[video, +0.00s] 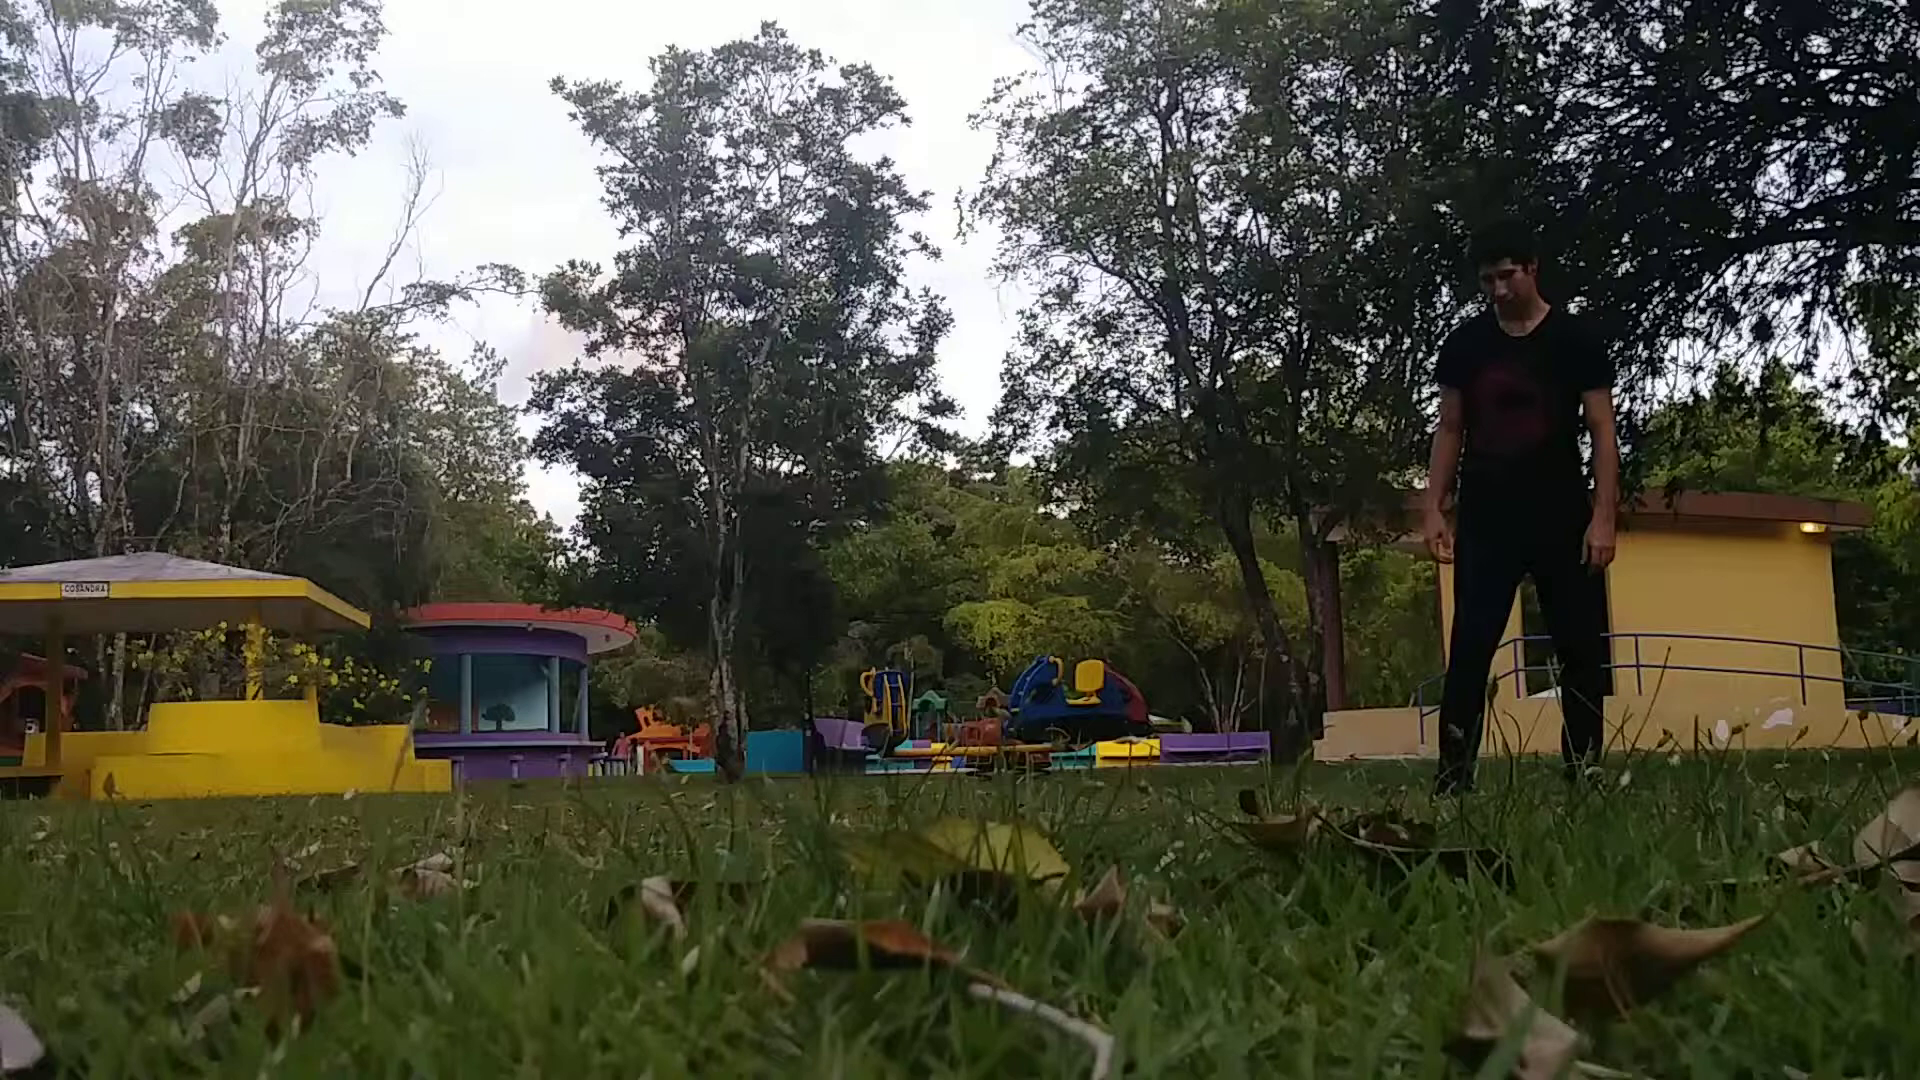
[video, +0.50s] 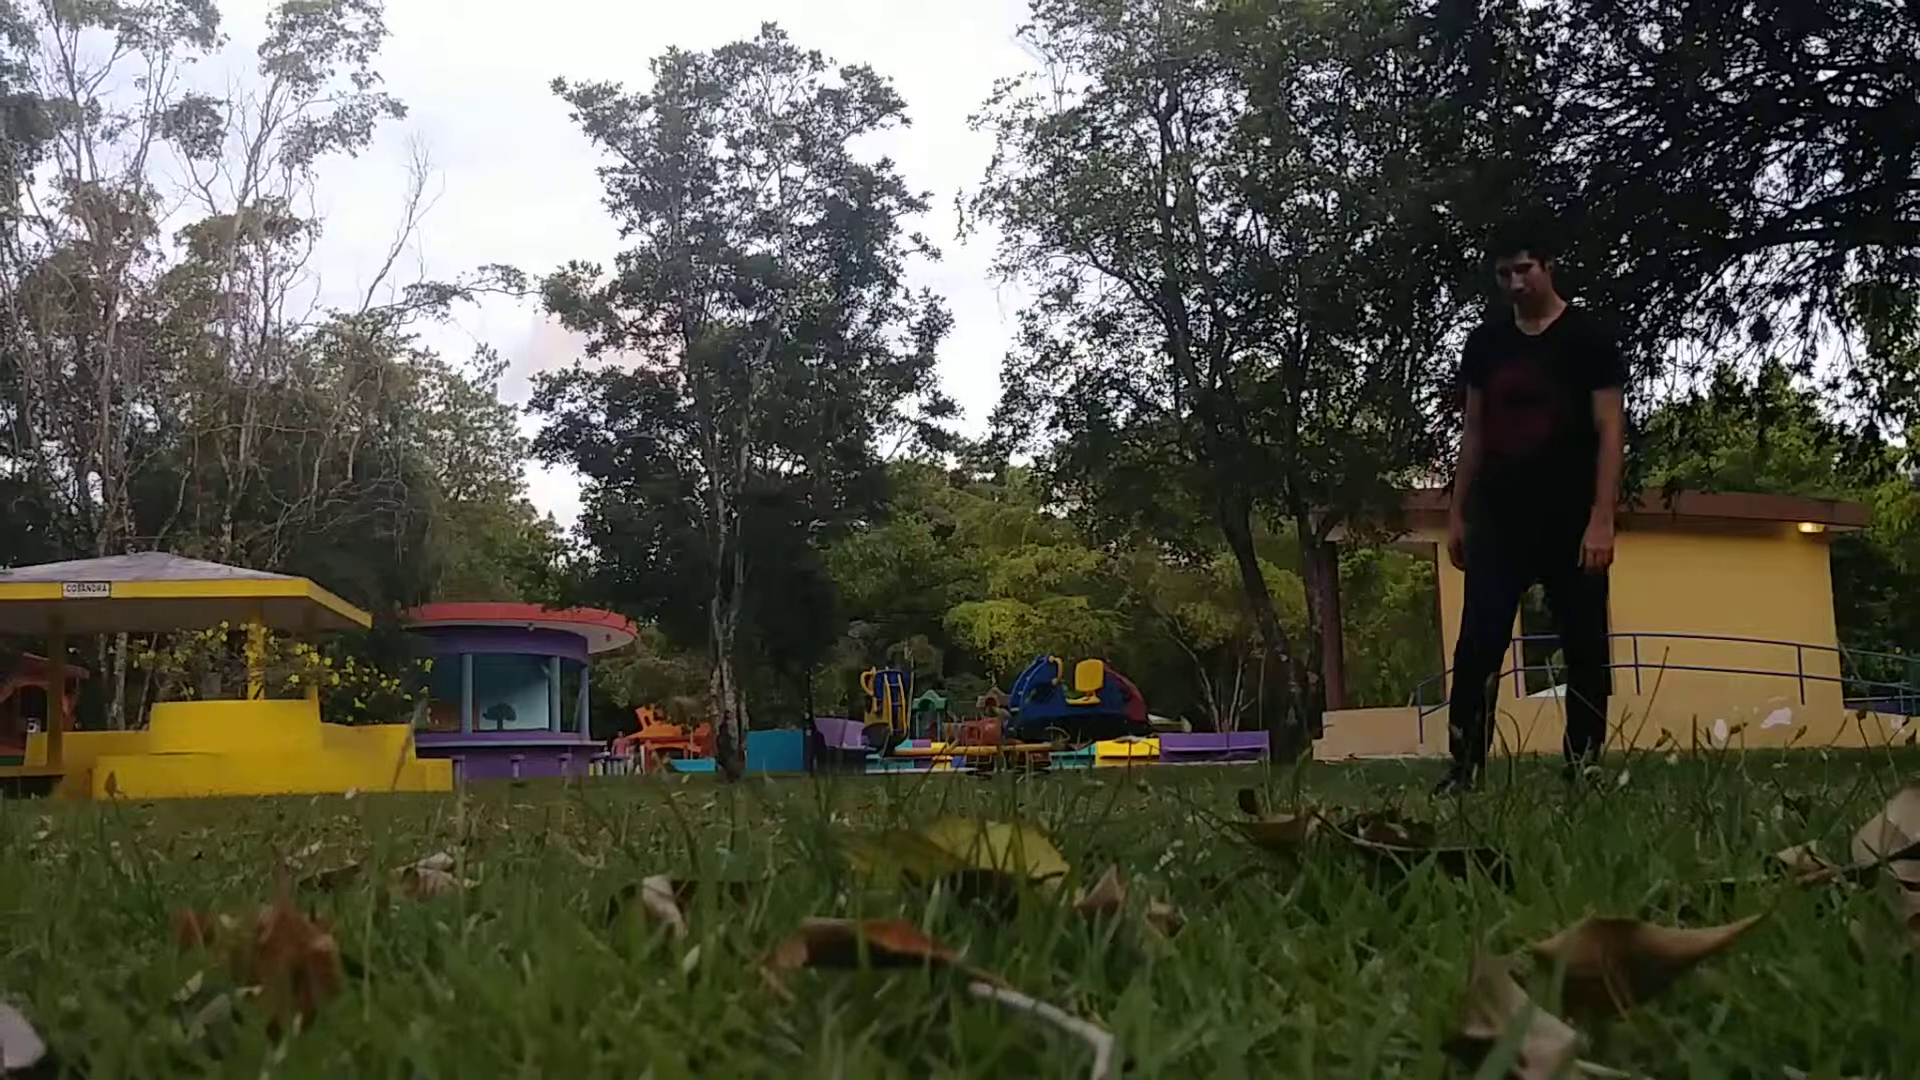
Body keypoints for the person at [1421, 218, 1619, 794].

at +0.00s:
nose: (1499, 288)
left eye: (1508, 275)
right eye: (1490, 279)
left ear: (1532, 271)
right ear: (1481, 281)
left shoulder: (1575, 339)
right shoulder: (1463, 346)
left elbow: (1603, 429)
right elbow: (1448, 428)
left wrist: (1605, 514)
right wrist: (1433, 506)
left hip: (1561, 517)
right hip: (1487, 520)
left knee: (1583, 650)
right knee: (1470, 648)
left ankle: (1581, 772)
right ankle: (1453, 776)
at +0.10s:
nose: (1502, 289)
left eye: (1511, 276)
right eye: (1493, 279)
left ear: (1535, 270)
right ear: (1483, 281)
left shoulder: (1576, 339)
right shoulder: (1465, 345)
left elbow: (1604, 429)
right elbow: (1452, 429)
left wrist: (1606, 516)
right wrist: (1439, 505)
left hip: (1563, 516)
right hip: (1490, 519)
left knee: (1584, 649)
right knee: (1473, 645)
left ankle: (1581, 771)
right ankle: (1455, 774)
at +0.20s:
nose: (1509, 288)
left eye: (1518, 276)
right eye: (1500, 278)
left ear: (1543, 272)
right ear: (1490, 281)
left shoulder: (1584, 340)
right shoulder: (1476, 344)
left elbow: (1608, 434)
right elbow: (1463, 430)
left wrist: (1609, 522)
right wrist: (1448, 506)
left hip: (1568, 517)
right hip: (1495, 519)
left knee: (1586, 649)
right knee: (1478, 643)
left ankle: (1580, 767)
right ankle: (1461, 767)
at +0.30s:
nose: (1513, 287)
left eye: (1522, 275)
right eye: (1504, 279)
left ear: (1546, 271)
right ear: (1494, 282)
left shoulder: (1588, 339)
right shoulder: (1484, 340)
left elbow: (1610, 434)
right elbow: (1470, 430)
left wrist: (1609, 522)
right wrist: (1452, 509)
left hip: (1571, 517)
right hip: (1499, 518)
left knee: (1586, 647)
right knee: (1478, 639)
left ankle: (1580, 764)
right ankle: (1460, 763)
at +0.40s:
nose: (1515, 283)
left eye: (1524, 272)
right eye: (1506, 276)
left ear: (1547, 269)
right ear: (1497, 281)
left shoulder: (1590, 337)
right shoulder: (1487, 341)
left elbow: (1612, 433)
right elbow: (1474, 432)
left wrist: (1608, 519)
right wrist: (1456, 513)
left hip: (1572, 516)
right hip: (1500, 516)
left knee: (1587, 647)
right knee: (1475, 638)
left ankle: (1582, 763)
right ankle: (1459, 761)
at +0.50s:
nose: (1514, 280)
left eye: (1523, 269)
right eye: (1505, 272)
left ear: (1547, 268)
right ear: (1497, 279)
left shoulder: (1589, 338)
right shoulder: (1485, 341)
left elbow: (1611, 434)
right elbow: (1472, 433)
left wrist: (1602, 519)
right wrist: (1458, 514)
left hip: (1570, 519)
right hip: (1497, 520)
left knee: (1586, 651)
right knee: (1476, 647)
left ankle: (1581, 764)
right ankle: (1466, 765)